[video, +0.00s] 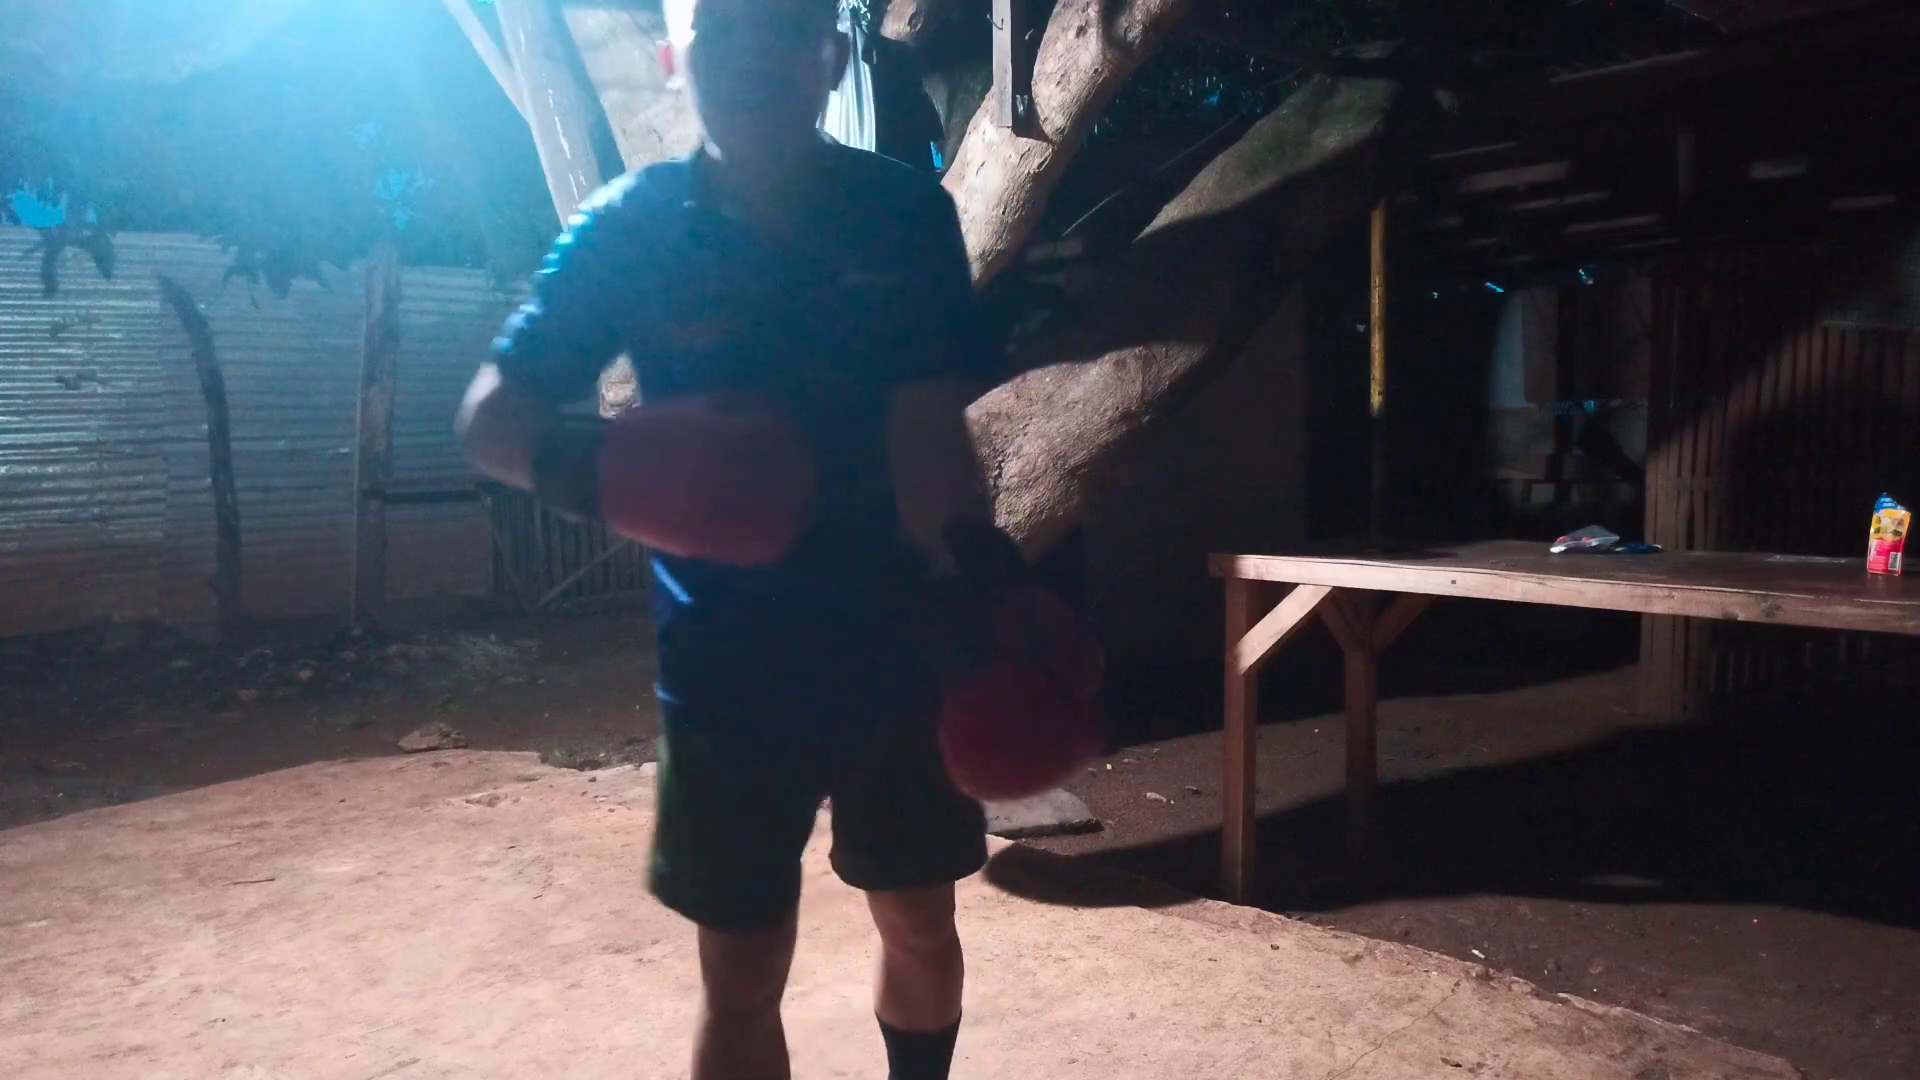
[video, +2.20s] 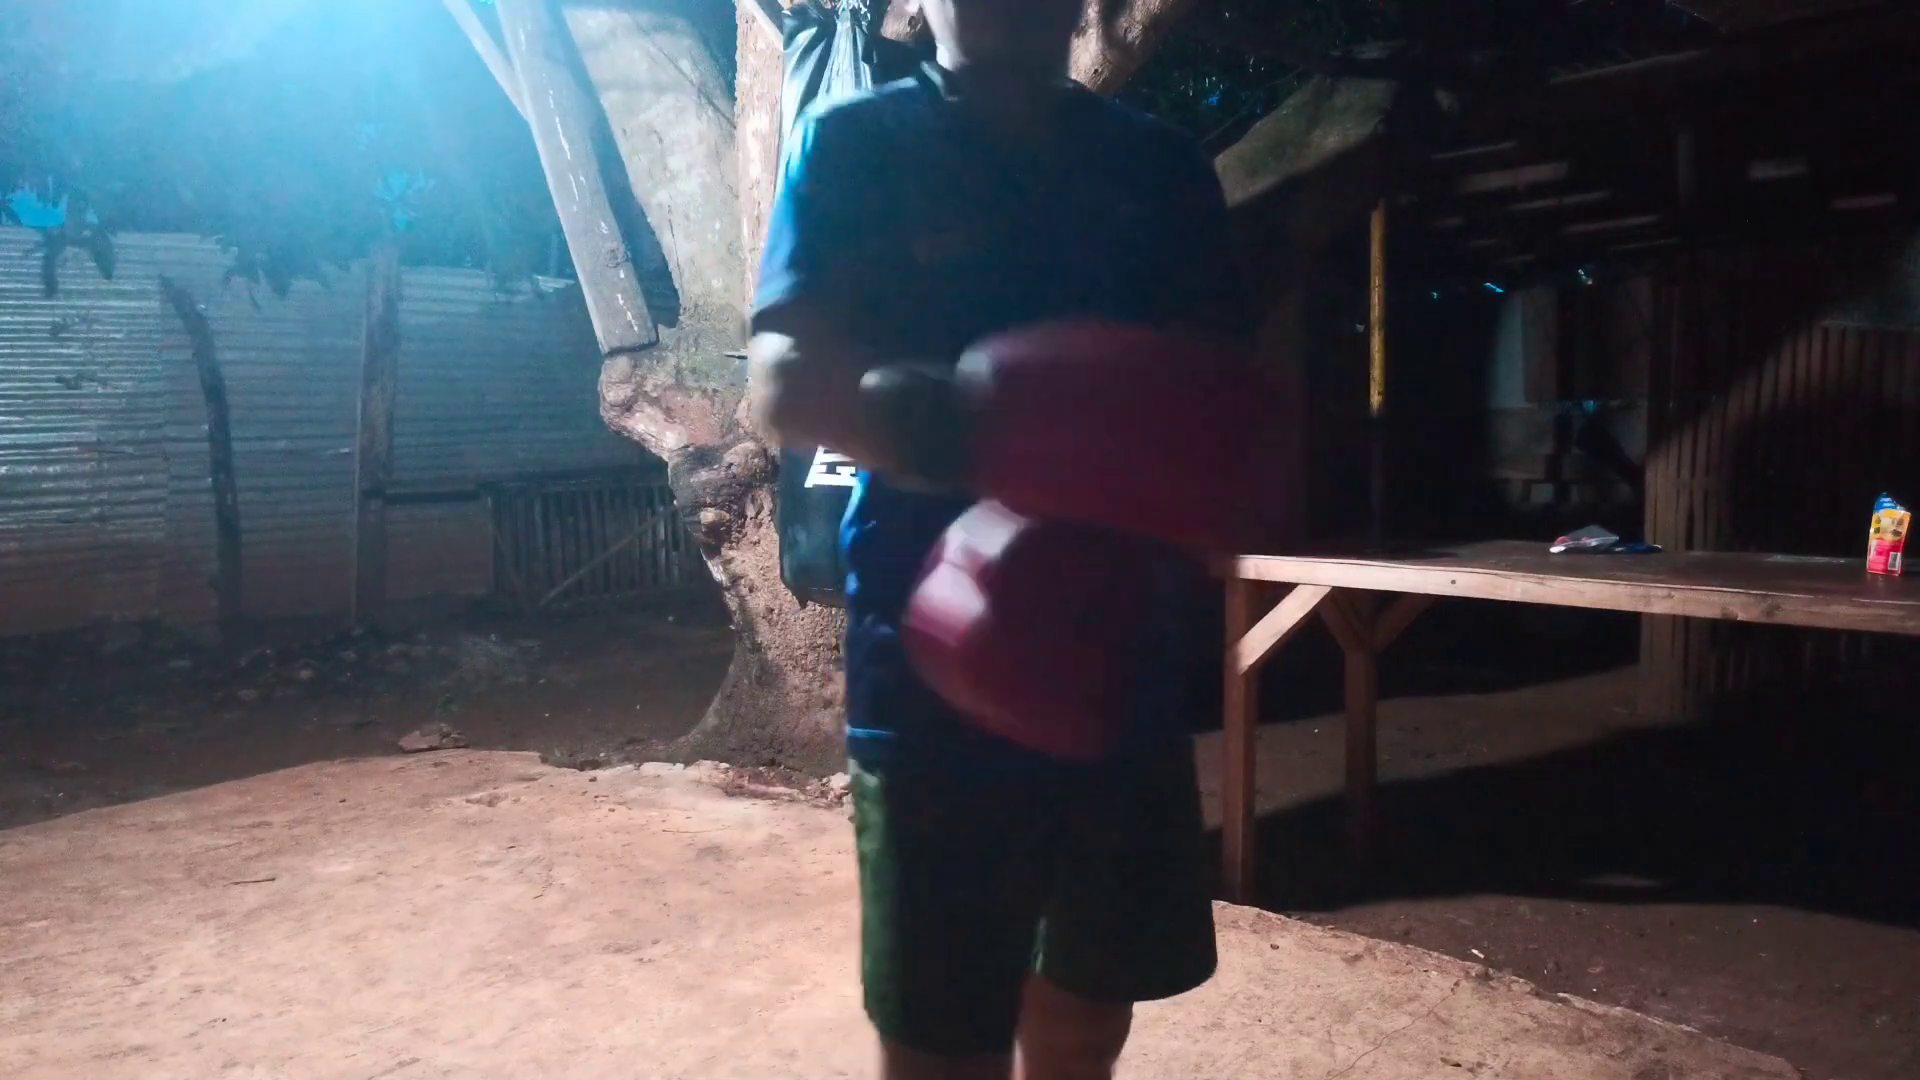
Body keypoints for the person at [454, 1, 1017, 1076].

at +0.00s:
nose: (758, 61)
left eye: (789, 34)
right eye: (727, 35)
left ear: (836, 60)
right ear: (681, 62)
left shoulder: (898, 205)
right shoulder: (630, 225)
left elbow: (928, 428)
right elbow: (493, 415)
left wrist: (996, 587)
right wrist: (621, 470)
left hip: (896, 623)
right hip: (729, 642)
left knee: (921, 926)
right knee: (741, 976)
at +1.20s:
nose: (931, 24)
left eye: (960, 2)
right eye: (895, 1)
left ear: (997, 19)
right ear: (818, 14)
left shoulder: (1053, 191)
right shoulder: (753, 195)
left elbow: (1121, 426)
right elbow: (582, 432)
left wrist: (1102, 591)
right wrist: (767, 426)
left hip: (1034, 665)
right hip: (847, 687)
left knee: (1000, 1003)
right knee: (862, 1046)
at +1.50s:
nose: (951, 12)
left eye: (966, 3)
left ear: (979, 6)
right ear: (815, 2)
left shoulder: (1018, 141)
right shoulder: (702, 135)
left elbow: (1106, 394)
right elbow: (599, 390)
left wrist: (1057, 533)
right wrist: (849, 317)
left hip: (1025, 678)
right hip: (817, 702)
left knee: (1070, 1030)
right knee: (831, 1056)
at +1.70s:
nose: (959, 18)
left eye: (979, 4)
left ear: (997, 7)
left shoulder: (1042, 130)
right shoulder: (721, 107)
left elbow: (1124, 356)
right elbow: (738, 341)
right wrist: (1011, 330)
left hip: (1039, 681)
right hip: (830, 694)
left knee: (1059, 1033)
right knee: (830, 1057)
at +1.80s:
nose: (977, 9)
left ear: (1027, 7)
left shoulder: (1071, 141)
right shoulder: (748, 105)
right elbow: (778, 328)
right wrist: (1057, 333)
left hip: (1058, 688)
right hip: (853, 690)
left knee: (1074, 1026)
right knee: (849, 1054)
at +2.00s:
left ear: (1054, 3)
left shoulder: (1128, 148)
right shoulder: (816, 106)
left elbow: (1209, 383)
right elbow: (865, 315)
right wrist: (1108, 400)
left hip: (1094, 660)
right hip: (892, 659)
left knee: (1079, 979)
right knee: (905, 1032)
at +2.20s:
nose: (1017, 4)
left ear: (1085, 7)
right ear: (926, 4)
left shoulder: (1160, 163)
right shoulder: (857, 143)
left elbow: (1217, 413)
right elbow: (788, 389)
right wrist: (1018, 426)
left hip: (1122, 652)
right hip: (926, 655)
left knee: (1089, 1005)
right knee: (941, 1036)